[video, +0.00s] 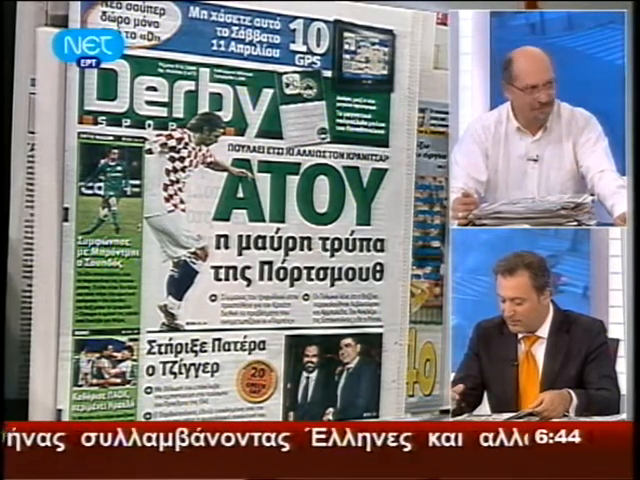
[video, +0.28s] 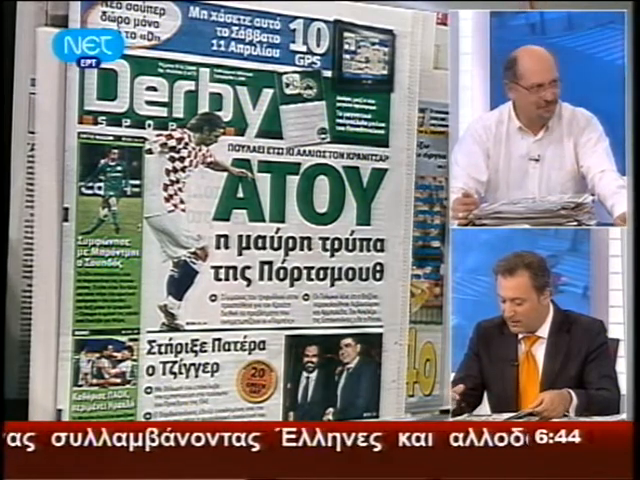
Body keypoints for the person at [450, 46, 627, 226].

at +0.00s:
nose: (544, 97)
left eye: (549, 85)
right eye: (531, 89)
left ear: (555, 82)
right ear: (508, 90)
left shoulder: (580, 124)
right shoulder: (483, 131)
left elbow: (604, 174)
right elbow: (463, 188)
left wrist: (624, 210)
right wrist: (463, 208)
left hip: (567, 245)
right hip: (499, 245)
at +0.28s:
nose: (550, 96)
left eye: (554, 84)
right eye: (537, 88)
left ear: (560, 81)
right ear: (512, 90)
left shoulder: (581, 123)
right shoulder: (484, 130)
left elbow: (604, 173)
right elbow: (463, 186)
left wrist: (624, 209)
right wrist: (463, 207)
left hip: (568, 245)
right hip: (500, 245)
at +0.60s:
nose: (548, 96)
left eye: (553, 84)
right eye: (536, 88)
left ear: (559, 81)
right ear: (511, 89)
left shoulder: (581, 124)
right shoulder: (484, 130)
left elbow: (604, 173)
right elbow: (463, 186)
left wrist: (624, 210)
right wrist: (463, 208)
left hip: (568, 245)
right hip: (500, 245)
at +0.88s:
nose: (545, 97)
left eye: (551, 85)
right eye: (533, 89)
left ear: (558, 81)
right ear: (510, 88)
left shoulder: (581, 123)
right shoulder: (484, 130)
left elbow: (604, 173)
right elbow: (463, 187)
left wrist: (624, 210)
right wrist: (463, 207)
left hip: (569, 245)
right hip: (500, 245)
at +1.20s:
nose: (535, 97)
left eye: (544, 86)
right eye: (525, 87)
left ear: (555, 81)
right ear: (507, 85)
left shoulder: (582, 123)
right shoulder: (484, 130)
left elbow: (605, 173)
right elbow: (463, 188)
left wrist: (625, 211)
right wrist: (462, 207)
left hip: (568, 244)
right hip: (500, 245)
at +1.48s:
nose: (533, 98)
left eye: (542, 87)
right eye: (523, 88)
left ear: (554, 81)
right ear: (507, 85)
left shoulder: (582, 122)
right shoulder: (485, 129)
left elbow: (605, 173)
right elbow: (462, 188)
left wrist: (624, 211)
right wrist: (462, 208)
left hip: (569, 244)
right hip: (501, 244)